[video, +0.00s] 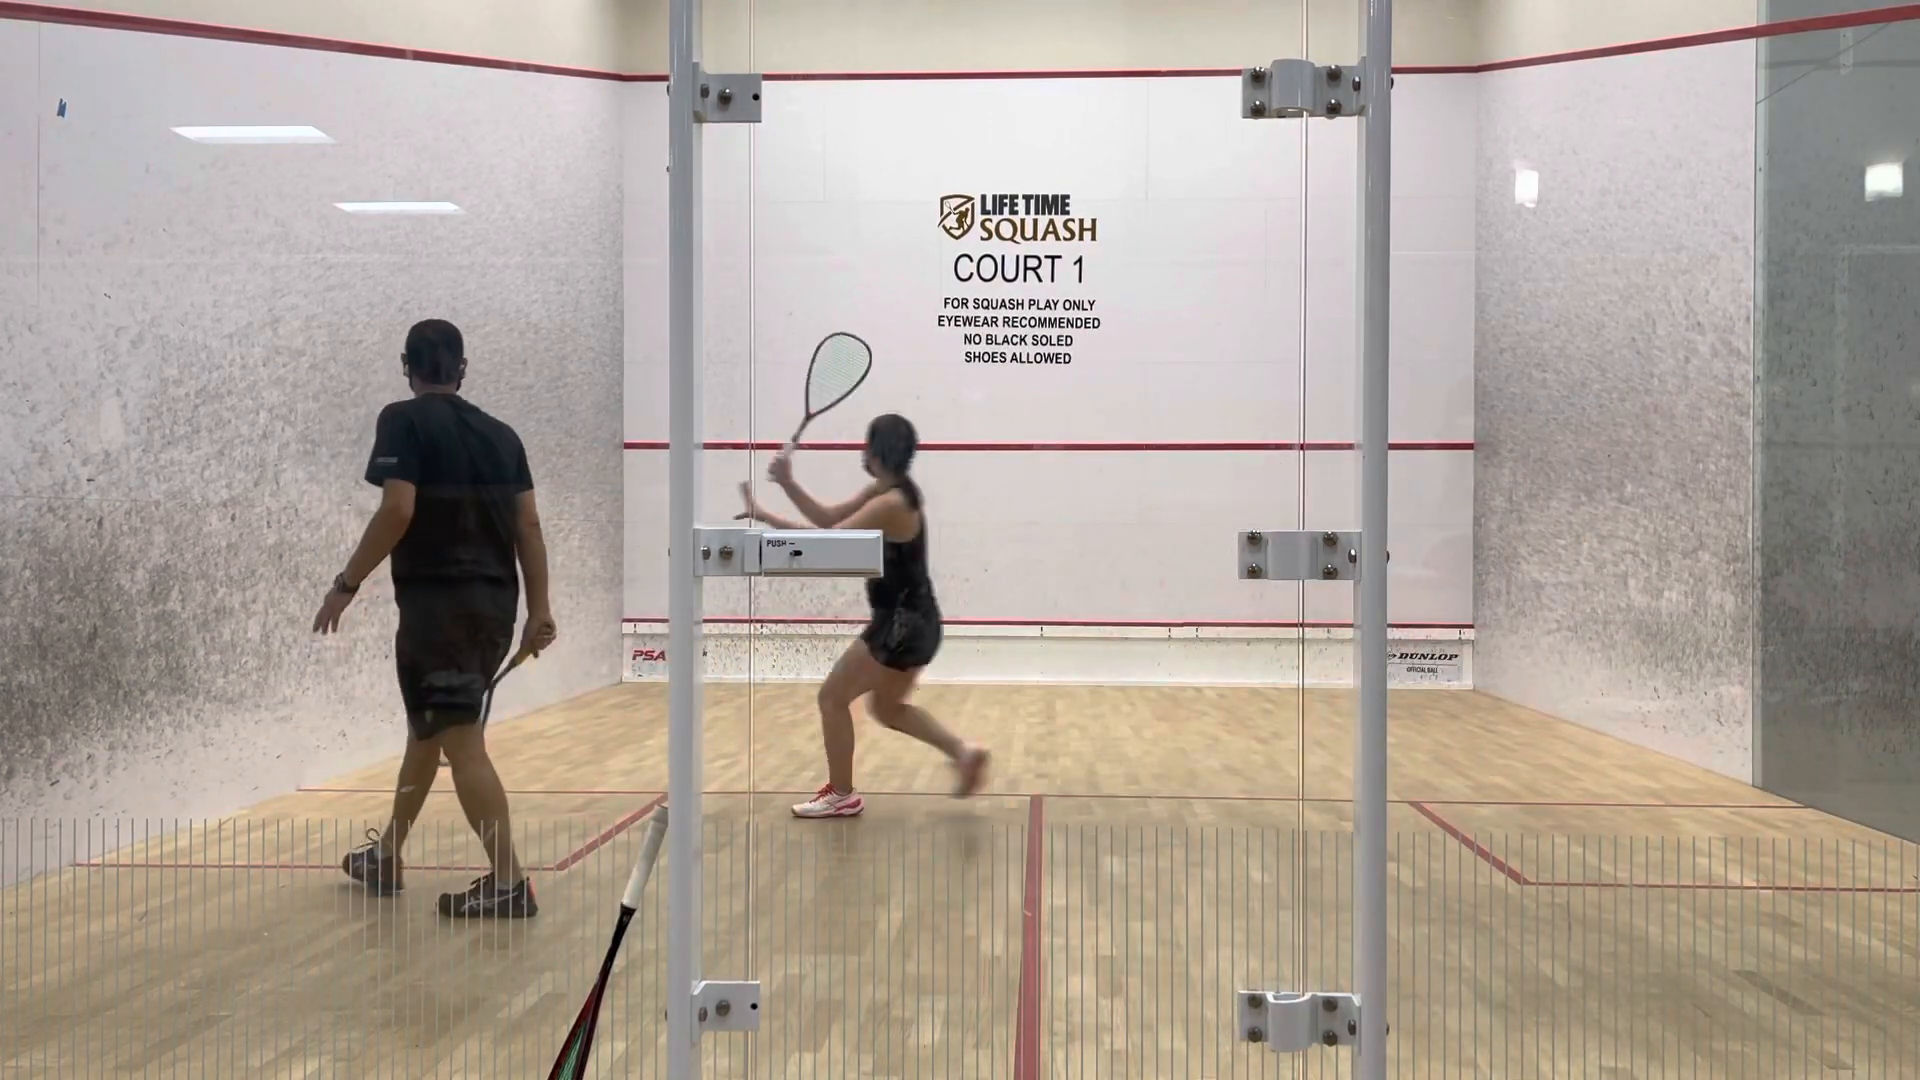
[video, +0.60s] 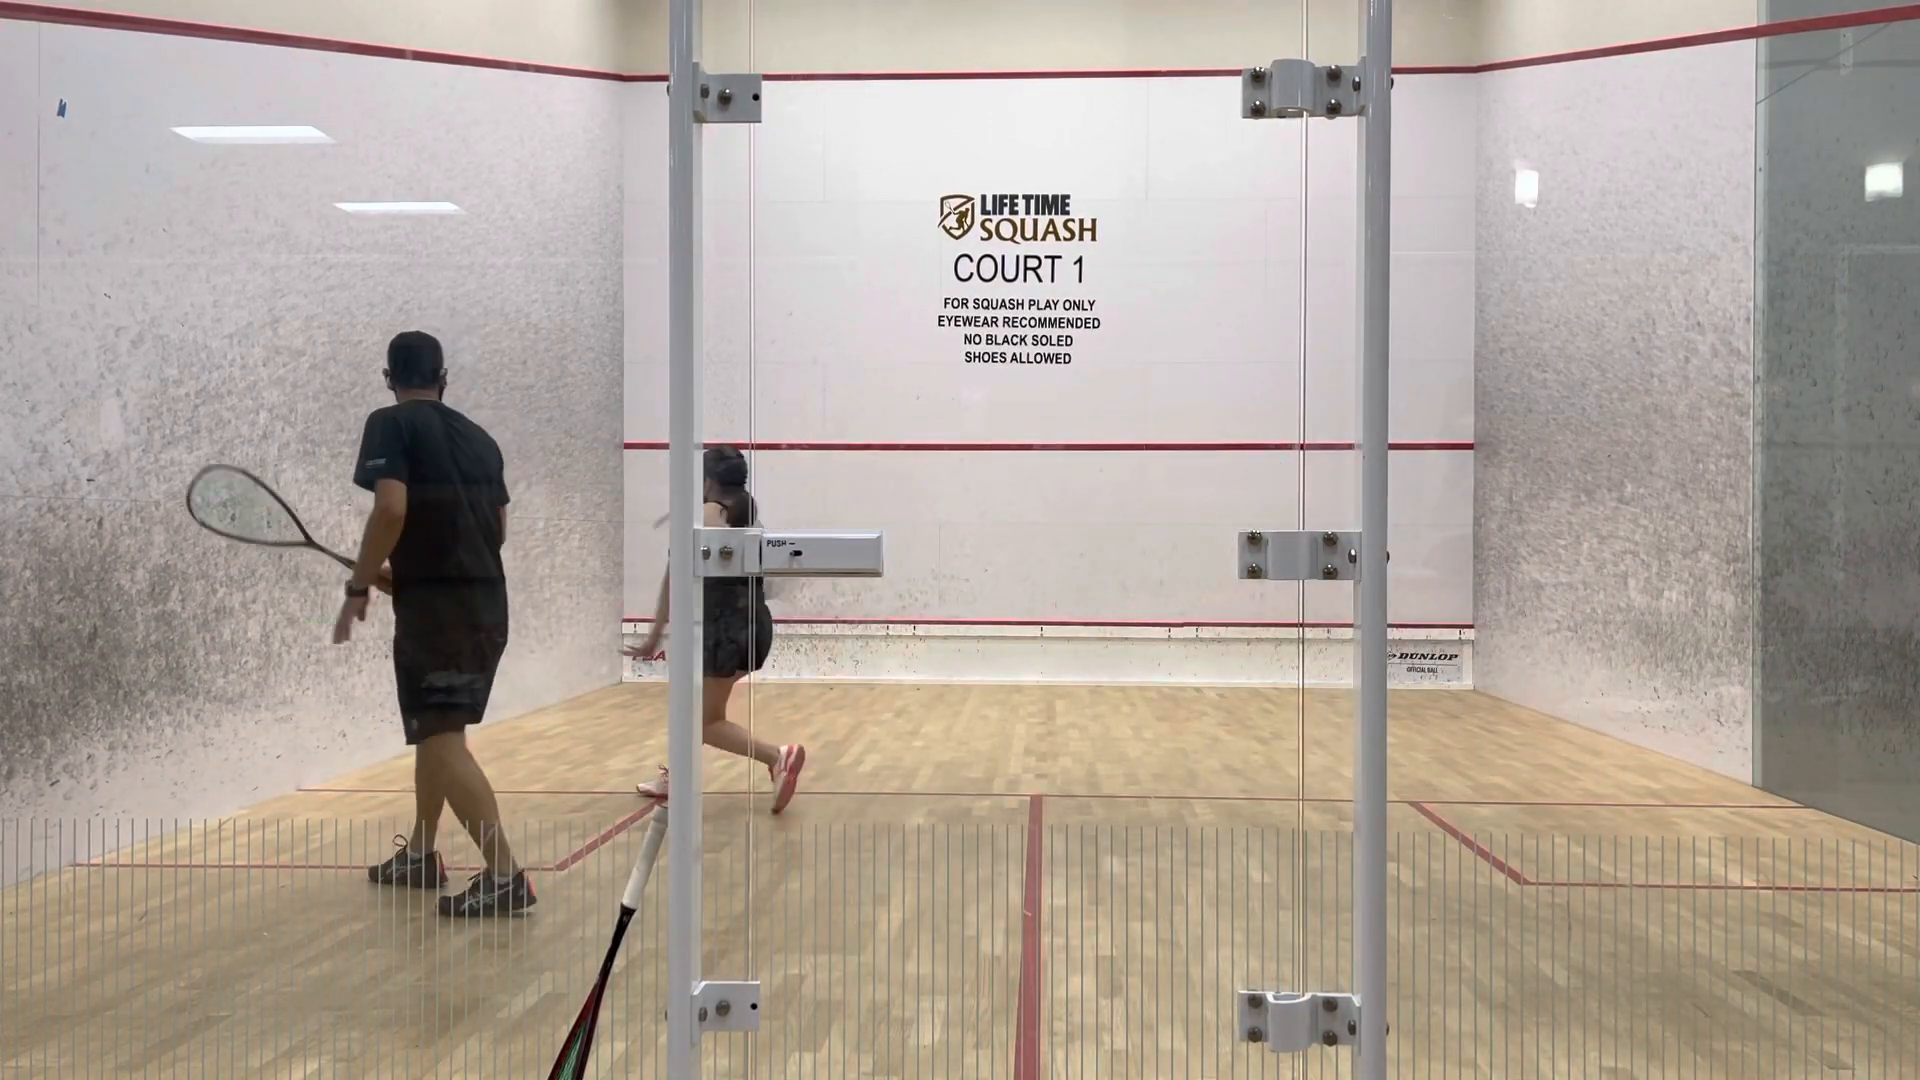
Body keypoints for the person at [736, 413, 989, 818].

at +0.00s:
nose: (863, 451)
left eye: (868, 445)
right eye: (866, 444)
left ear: (877, 453)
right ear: (901, 453)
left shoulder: (890, 503)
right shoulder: (886, 492)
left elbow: (827, 539)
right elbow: (828, 519)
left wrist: (762, 514)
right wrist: (788, 483)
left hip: (902, 627)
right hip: (913, 624)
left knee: (832, 697)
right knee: (887, 708)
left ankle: (841, 793)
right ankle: (964, 754)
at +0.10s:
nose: (823, 452)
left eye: (827, 446)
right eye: (825, 446)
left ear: (836, 451)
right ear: (862, 451)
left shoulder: (856, 498)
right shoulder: (839, 485)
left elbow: (787, 529)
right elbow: (788, 507)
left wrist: (721, 510)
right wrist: (761, 469)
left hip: (876, 617)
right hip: (865, 611)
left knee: (813, 698)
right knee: (810, 678)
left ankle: (841, 793)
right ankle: (857, 766)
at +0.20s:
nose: (787, 452)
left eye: (790, 446)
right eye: (789, 446)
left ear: (802, 451)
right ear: (819, 452)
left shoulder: (817, 495)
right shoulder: (807, 485)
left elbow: (758, 520)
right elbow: (761, 500)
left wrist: (711, 497)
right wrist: (760, 453)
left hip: (844, 612)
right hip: (825, 610)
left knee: (794, 701)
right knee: (771, 685)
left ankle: (841, 792)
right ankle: (742, 765)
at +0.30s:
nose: (761, 468)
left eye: (764, 461)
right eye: (763, 461)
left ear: (781, 463)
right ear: (768, 460)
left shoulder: (790, 502)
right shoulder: (767, 494)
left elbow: (739, 534)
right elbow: (735, 515)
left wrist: (719, 504)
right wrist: (765, 479)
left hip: (809, 624)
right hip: (784, 622)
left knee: (764, 711)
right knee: (730, 692)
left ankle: (834, 784)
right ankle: (696, 775)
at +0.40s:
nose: (727, 480)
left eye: (732, 474)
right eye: (729, 474)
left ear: (746, 478)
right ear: (758, 479)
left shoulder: (764, 516)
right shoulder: (735, 512)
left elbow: (725, 555)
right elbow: (705, 548)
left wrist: (724, 528)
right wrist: (729, 531)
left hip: (768, 639)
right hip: (748, 636)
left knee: (717, 728)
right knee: (685, 686)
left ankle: (810, 769)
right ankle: (678, 777)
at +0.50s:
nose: (709, 482)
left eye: (713, 475)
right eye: (711, 475)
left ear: (724, 480)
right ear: (747, 480)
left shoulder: (720, 518)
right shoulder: (756, 517)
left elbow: (690, 561)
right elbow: (707, 562)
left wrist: (661, 586)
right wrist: (669, 585)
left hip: (732, 629)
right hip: (757, 626)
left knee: (706, 736)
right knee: (698, 709)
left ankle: (783, 763)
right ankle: (676, 778)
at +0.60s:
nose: (695, 484)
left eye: (698, 478)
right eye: (697, 478)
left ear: (708, 481)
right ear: (738, 479)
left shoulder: (708, 513)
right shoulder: (748, 514)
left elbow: (677, 574)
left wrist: (654, 633)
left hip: (719, 627)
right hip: (749, 623)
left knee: (706, 725)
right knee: (695, 707)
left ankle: (777, 757)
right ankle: (673, 777)